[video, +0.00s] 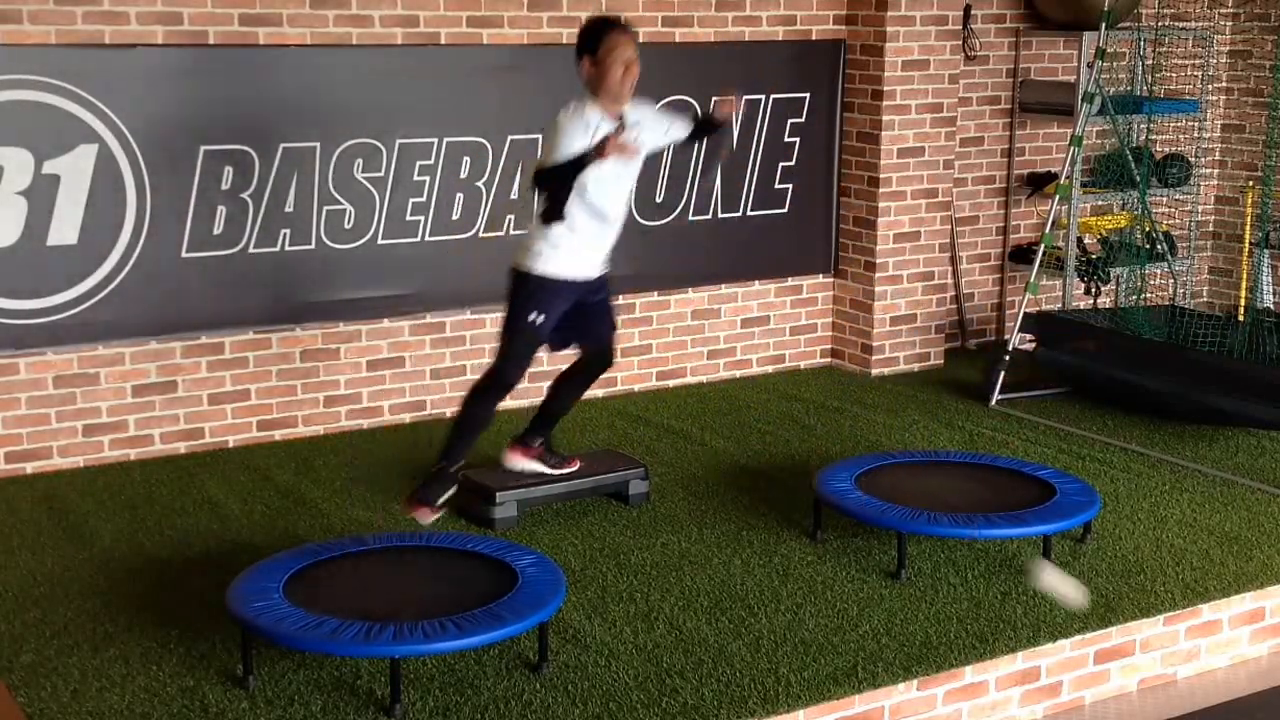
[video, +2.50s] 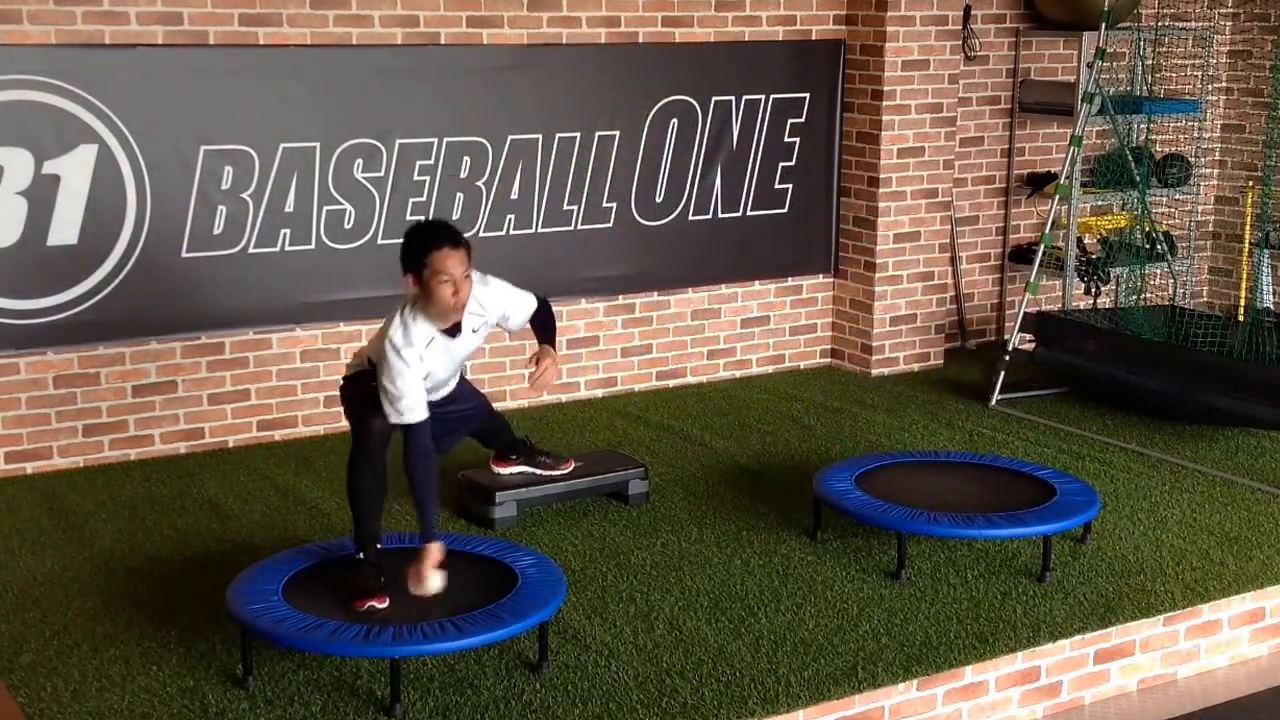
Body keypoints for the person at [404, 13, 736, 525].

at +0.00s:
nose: (632, 72)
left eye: (635, 61)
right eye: (620, 63)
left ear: (638, 65)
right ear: (589, 67)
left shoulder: (640, 119)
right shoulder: (573, 119)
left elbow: (690, 126)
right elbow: (544, 185)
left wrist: (717, 118)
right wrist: (595, 154)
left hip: (590, 273)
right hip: (544, 270)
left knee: (599, 356)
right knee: (505, 373)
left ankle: (531, 442)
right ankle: (440, 479)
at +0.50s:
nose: (839, 175)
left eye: (841, 165)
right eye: (829, 165)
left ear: (842, 171)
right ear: (796, 171)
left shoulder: (846, 216)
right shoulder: (765, 226)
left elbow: (893, 267)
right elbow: (720, 296)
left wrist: (949, 299)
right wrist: (751, 355)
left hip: (804, 324)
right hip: (740, 332)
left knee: (888, 356)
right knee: (648, 399)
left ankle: (910, 465)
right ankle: (557, 446)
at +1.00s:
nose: (956, 264)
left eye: (959, 254)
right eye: (948, 252)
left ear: (947, 256)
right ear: (913, 248)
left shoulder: (927, 300)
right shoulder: (863, 282)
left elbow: (957, 361)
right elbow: (830, 362)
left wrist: (1014, 372)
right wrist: (857, 431)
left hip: (838, 351)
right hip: (776, 346)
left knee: (928, 350)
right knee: (670, 407)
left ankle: (906, 467)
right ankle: (566, 449)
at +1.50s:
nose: (713, 121)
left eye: (717, 112)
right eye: (701, 112)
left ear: (722, 120)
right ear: (673, 119)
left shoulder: (731, 169)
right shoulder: (641, 180)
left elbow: (795, 200)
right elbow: (586, 231)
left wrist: (830, 170)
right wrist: (569, 257)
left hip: (723, 304)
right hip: (653, 305)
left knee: (798, 374)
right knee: (580, 383)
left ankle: (883, 452)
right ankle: (559, 451)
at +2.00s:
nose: (545, 109)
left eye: (553, 98)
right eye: (533, 99)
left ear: (564, 101)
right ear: (510, 102)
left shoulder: (577, 153)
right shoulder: (492, 156)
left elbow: (646, 192)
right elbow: (471, 232)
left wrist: (633, 163)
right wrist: (482, 230)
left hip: (532, 306)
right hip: (478, 303)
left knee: (558, 376)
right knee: (434, 398)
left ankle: (514, 448)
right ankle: (390, 510)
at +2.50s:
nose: (460, 291)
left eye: (466, 277)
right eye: (445, 282)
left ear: (471, 271)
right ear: (415, 285)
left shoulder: (484, 293)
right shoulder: (403, 340)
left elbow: (538, 308)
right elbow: (418, 444)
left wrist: (548, 346)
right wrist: (431, 539)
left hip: (442, 380)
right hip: (377, 384)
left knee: (489, 421)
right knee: (371, 439)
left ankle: (514, 451)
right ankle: (368, 558)